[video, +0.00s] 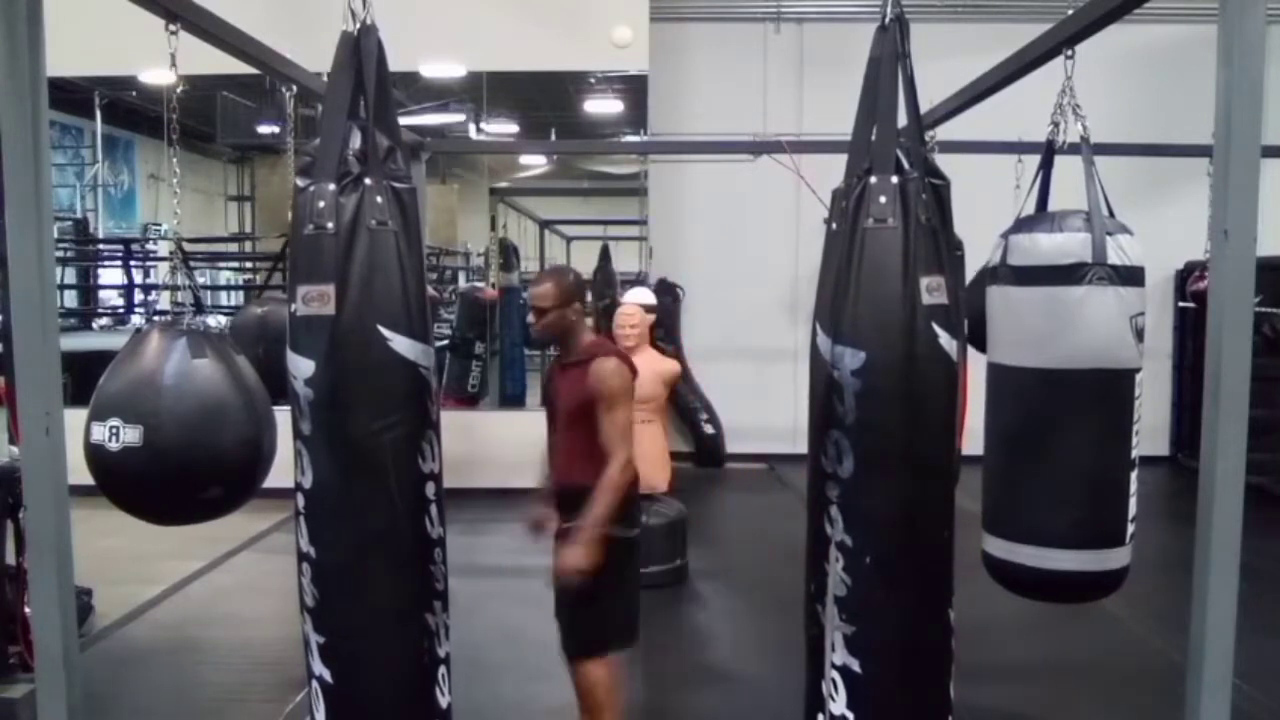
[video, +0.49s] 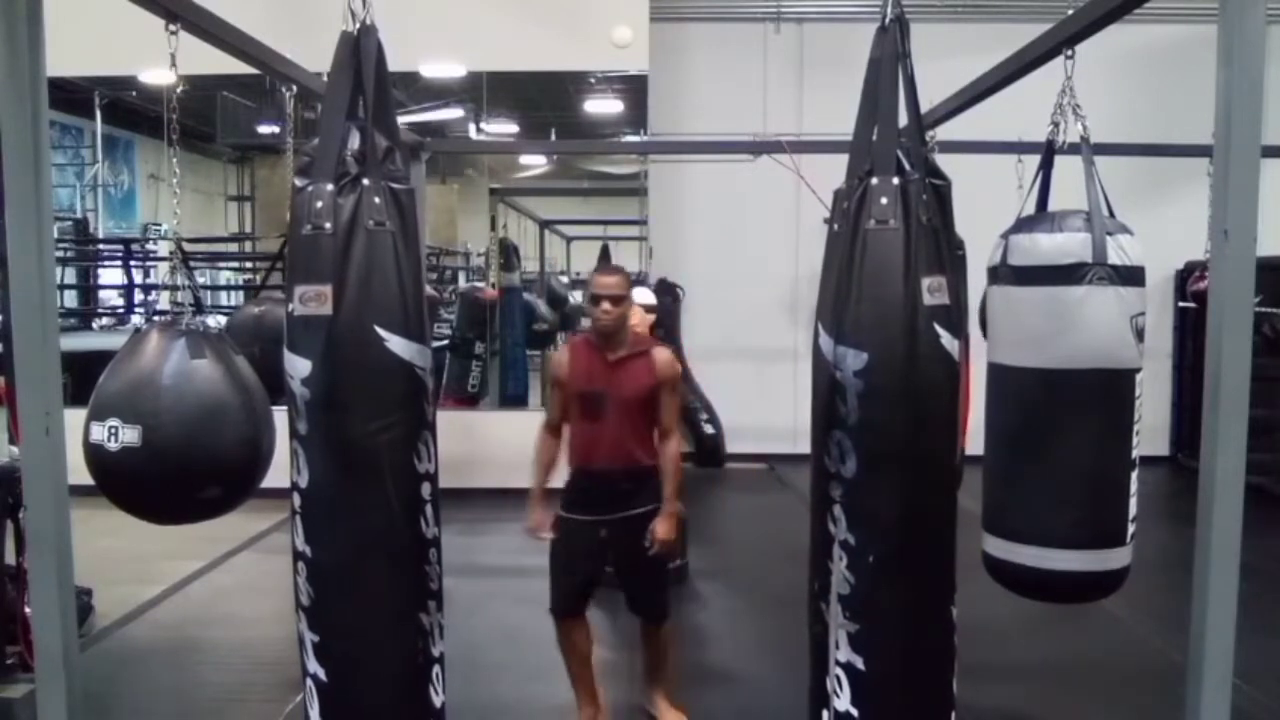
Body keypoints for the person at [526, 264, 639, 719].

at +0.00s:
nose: (533, 322)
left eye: (543, 312)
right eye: (531, 312)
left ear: (575, 308)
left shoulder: (607, 368)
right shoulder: (560, 366)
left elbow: (621, 461)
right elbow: (563, 441)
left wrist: (585, 537)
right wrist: (549, 498)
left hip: (605, 504)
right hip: (573, 502)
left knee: (590, 649)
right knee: (580, 645)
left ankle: (604, 715)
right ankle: (598, 713)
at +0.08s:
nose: (534, 320)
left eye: (543, 310)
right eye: (531, 310)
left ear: (574, 307)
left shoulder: (609, 363)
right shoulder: (557, 359)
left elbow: (629, 452)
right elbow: (554, 428)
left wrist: (607, 534)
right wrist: (527, 489)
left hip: (604, 508)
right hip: (572, 507)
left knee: (596, 641)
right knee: (576, 638)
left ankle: (611, 714)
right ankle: (589, 711)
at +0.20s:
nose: (545, 313)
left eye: (556, 305)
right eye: (542, 304)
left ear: (585, 305)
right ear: (540, 304)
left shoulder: (623, 360)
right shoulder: (546, 357)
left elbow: (657, 440)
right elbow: (532, 424)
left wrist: (658, 517)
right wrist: (494, 481)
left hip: (616, 505)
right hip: (566, 507)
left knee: (625, 626)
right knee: (572, 618)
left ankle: (643, 713)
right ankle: (590, 709)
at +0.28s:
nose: (567, 307)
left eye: (578, 298)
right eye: (561, 299)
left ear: (604, 300)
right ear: (554, 302)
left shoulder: (635, 359)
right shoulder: (547, 356)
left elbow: (660, 437)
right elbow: (531, 422)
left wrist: (671, 511)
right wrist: (496, 483)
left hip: (623, 503)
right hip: (567, 505)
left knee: (641, 619)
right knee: (571, 615)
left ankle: (662, 708)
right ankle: (589, 708)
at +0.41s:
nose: (587, 305)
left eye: (599, 296)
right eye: (579, 296)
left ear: (618, 300)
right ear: (570, 300)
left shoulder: (647, 361)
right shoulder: (552, 358)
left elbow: (662, 436)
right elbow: (537, 424)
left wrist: (671, 509)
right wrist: (515, 489)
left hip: (631, 499)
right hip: (572, 501)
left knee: (650, 610)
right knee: (573, 612)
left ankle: (665, 698)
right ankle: (590, 708)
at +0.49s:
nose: (604, 309)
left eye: (615, 301)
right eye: (596, 300)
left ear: (631, 305)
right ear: (587, 304)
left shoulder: (660, 362)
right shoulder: (567, 361)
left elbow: (670, 435)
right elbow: (552, 428)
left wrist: (670, 509)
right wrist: (540, 496)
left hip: (641, 494)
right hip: (582, 494)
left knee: (652, 608)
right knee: (565, 608)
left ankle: (657, 694)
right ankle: (588, 706)